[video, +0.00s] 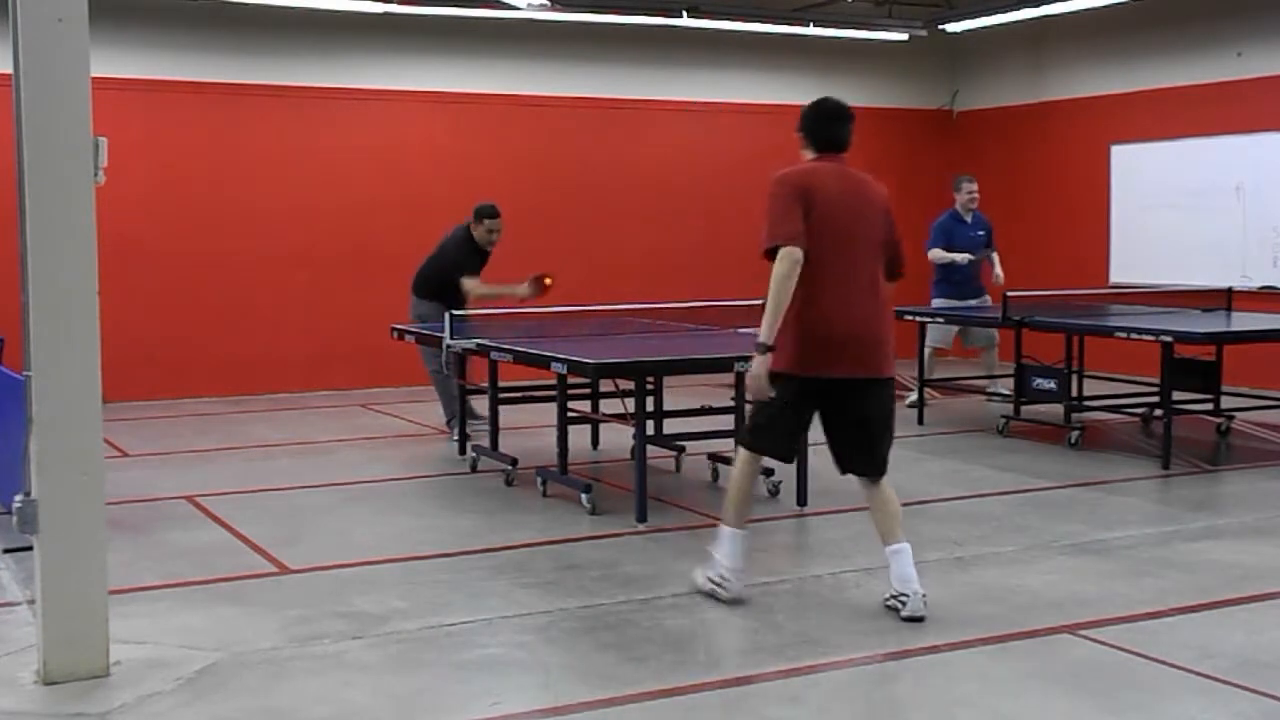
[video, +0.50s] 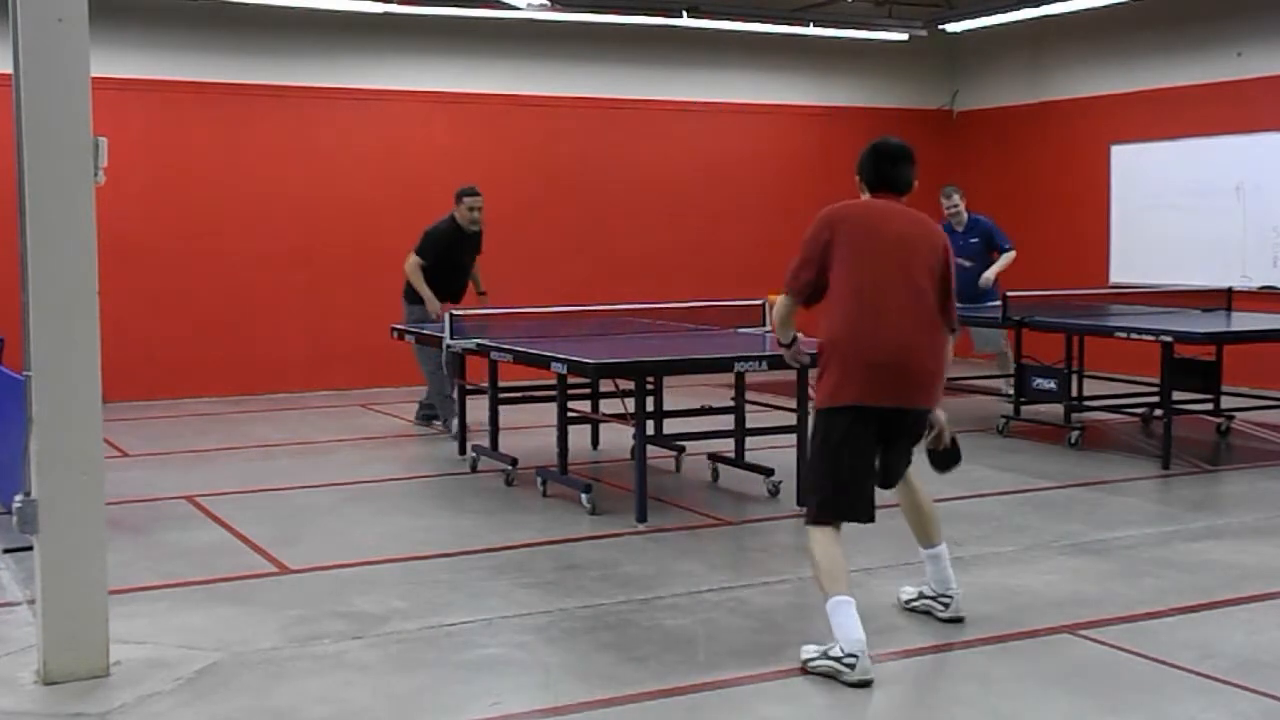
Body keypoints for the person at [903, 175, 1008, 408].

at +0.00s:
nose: (975, 197)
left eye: (976, 193)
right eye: (969, 193)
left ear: (978, 195)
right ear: (956, 196)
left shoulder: (983, 224)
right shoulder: (943, 224)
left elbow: (991, 250)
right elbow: (933, 254)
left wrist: (997, 268)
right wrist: (954, 257)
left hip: (976, 295)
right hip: (946, 297)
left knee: (991, 341)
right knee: (932, 346)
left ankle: (993, 385)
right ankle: (919, 390)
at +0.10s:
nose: (975, 197)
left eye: (977, 193)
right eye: (970, 193)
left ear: (980, 195)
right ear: (957, 196)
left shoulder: (986, 223)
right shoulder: (944, 224)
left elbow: (996, 250)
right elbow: (932, 252)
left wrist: (1001, 267)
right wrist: (948, 259)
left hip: (980, 295)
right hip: (949, 297)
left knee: (994, 342)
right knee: (935, 346)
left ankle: (993, 385)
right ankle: (918, 389)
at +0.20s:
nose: (971, 199)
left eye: (974, 194)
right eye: (966, 195)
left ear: (977, 196)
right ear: (954, 198)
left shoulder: (987, 224)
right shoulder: (943, 225)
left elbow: (1000, 251)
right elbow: (933, 253)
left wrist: (1001, 268)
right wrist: (940, 272)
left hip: (981, 295)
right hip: (949, 296)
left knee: (995, 344)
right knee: (934, 346)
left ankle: (993, 385)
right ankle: (918, 388)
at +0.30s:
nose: (965, 202)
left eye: (968, 198)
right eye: (960, 199)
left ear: (972, 198)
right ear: (949, 202)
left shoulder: (985, 224)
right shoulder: (941, 228)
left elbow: (1005, 251)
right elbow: (931, 256)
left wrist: (998, 269)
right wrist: (938, 280)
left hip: (981, 299)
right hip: (949, 299)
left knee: (995, 343)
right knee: (935, 344)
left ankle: (994, 385)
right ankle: (931, 384)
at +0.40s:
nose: (956, 208)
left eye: (959, 203)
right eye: (951, 205)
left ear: (966, 201)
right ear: (944, 206)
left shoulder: (984, 225)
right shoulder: (941, 231)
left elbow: (1007, 251)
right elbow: (934, 261)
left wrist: (994, 271)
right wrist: (939, 288)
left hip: (982, 300)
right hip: (951, 301)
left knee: (997, 347)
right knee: (940, 347)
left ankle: (1002, 383)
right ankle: (934, 387)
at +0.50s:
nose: (952, 211)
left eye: (955, 206)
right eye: (947, 208)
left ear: (964, 203)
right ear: (942, 209)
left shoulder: (982, 226)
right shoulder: (942, 232)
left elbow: (1009, 251)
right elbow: (935, 261)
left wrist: (993, 271)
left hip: (984, 301)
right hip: (954, 301)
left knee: (999, 346)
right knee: (943, 345)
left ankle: (1010, 385)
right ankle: (936, 388)